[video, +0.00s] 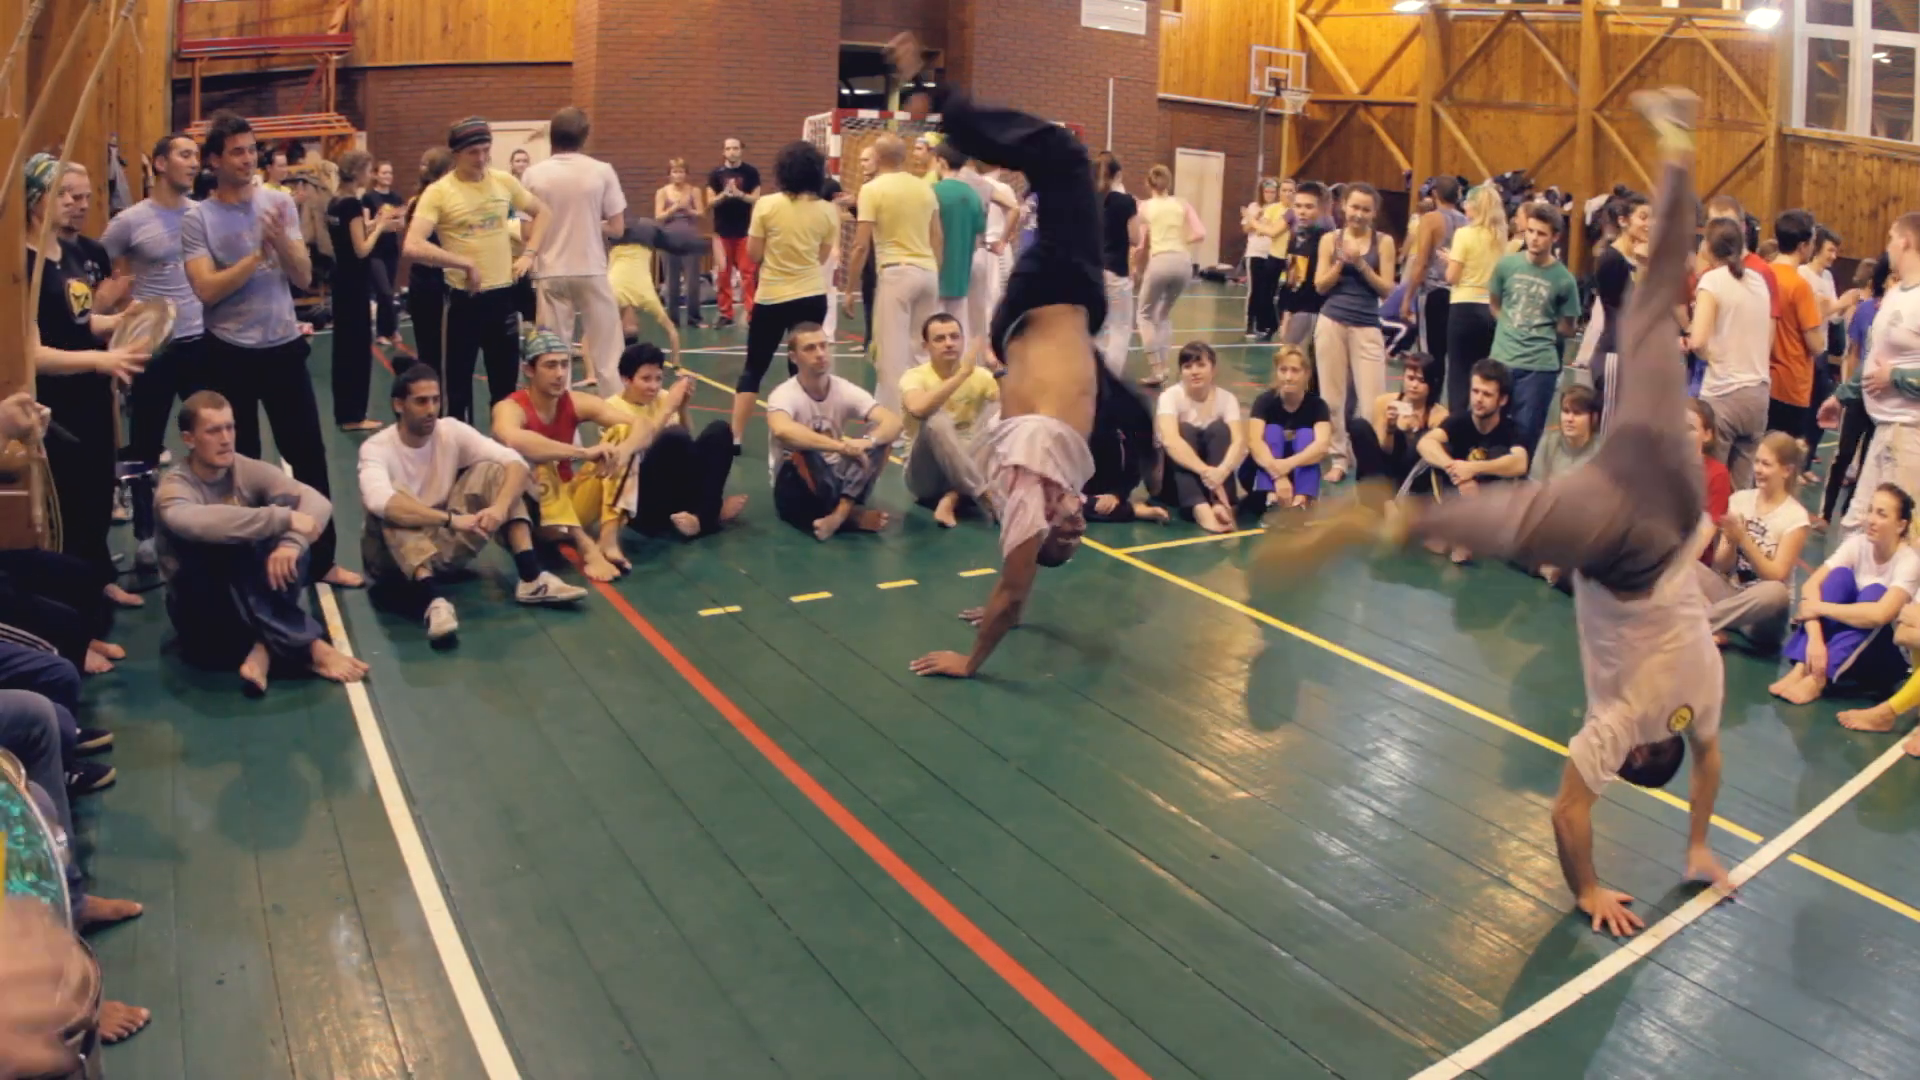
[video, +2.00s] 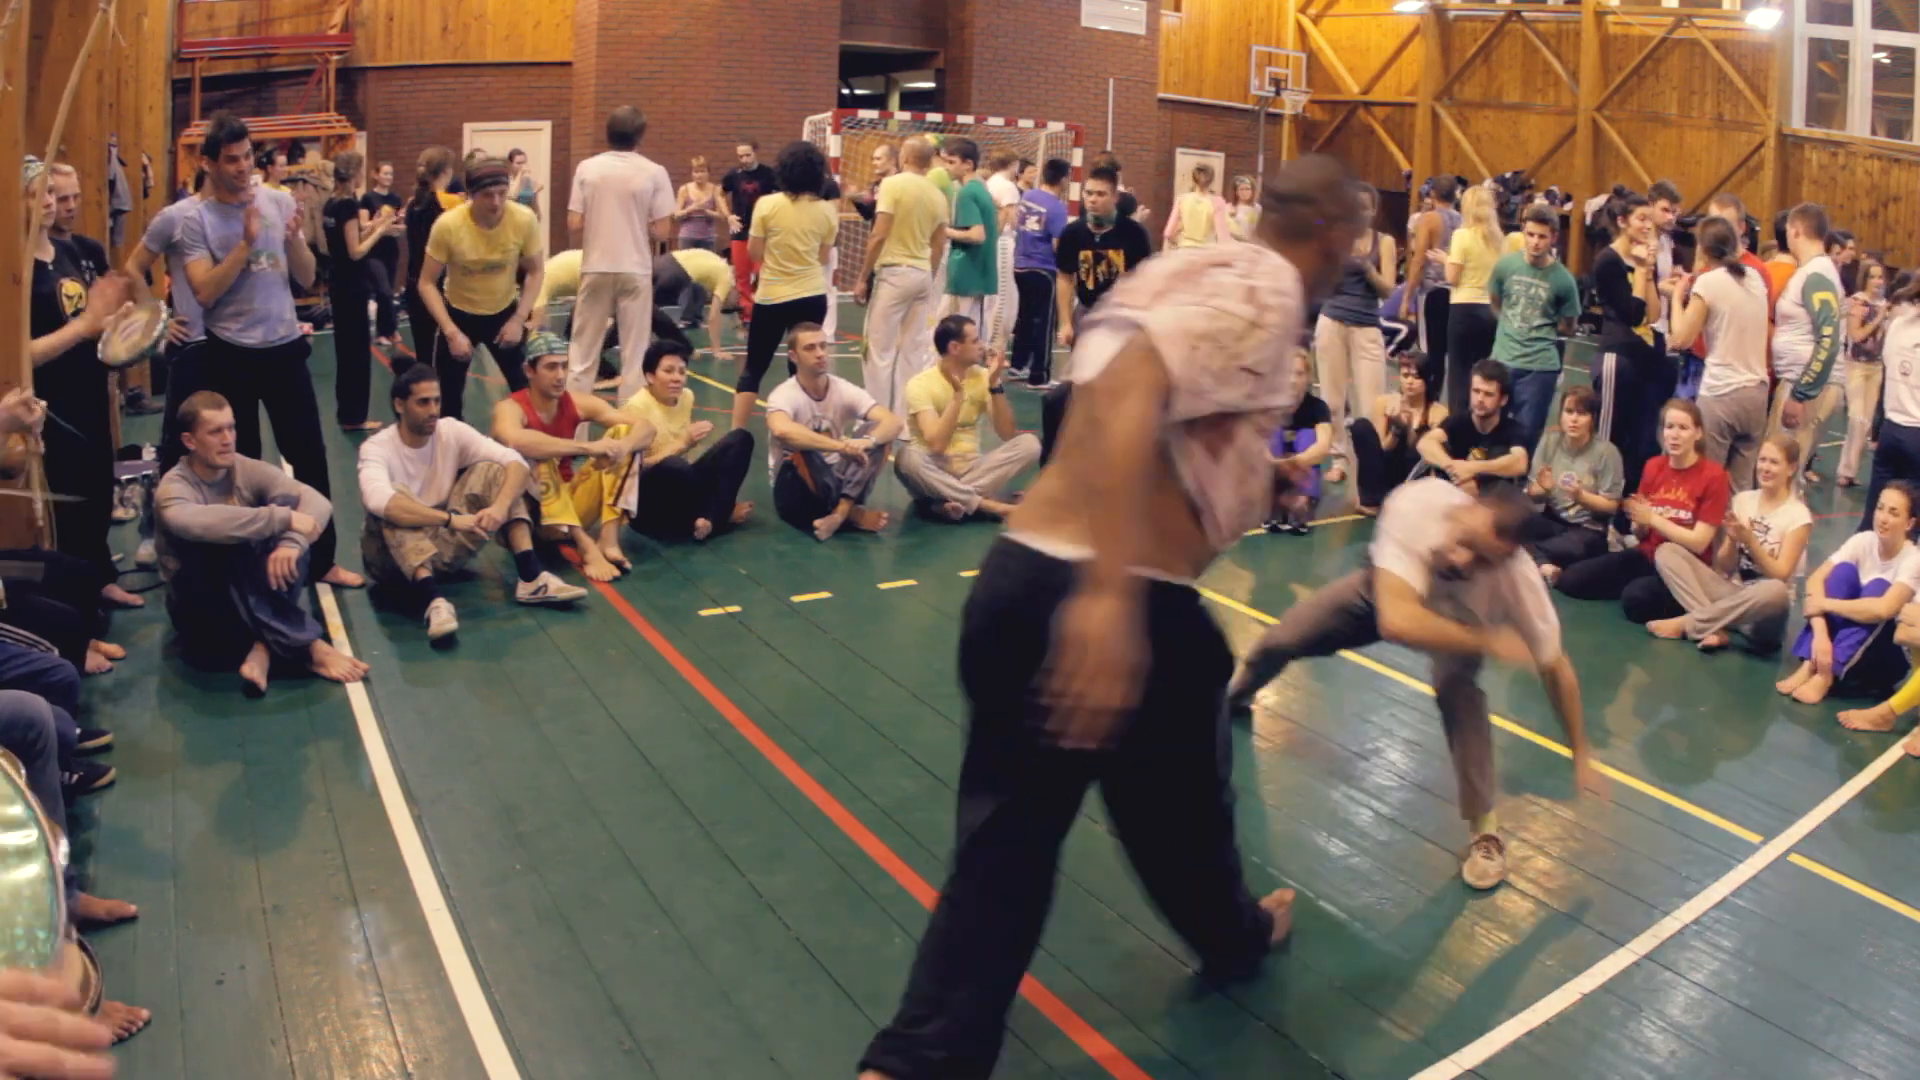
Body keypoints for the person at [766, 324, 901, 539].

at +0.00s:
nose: (820, 354)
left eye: (823, 346)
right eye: (810, 349)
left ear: (829, 349)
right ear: (793, 356)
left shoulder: (842, 389)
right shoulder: (784, 394)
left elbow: (893, 422)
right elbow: (782, 430)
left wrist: (869, 441)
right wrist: (840, 446)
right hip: (797, 496)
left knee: (881, 440)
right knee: (803, 454)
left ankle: (839, 514)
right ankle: (850, 513)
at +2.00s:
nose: (820, 354)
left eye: (823, 347)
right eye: (810, 348)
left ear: (828, 349)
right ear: (793, 355)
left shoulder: (842, 389)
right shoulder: (784, 394)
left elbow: (893, 422)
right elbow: (781, 431)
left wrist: (870, 440)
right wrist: (841, 446)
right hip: (797, 500)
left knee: (878, 430)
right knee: (804, 452)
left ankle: (840, 512)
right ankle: (852, 511)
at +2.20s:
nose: (820, 355)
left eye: (823, 347)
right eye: (810, 349)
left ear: (829, 349)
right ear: (793, 355)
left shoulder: (841, 389)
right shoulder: (784, 394)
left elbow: (889, 419)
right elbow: (781, 431)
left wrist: (870, 441)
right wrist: (840, 446)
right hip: (797, 496)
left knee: (876, 437)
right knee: (803, 456)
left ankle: (840, 513)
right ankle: (852, 512)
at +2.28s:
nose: (820, 355)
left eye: (823, 347)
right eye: (810, 349)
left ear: (829, 349)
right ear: (793, 356)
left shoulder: (846, 390)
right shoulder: (783, 394)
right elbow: (780, 430)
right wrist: (836, 445)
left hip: (841, 489)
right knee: (805, 457)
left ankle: (839, 515)